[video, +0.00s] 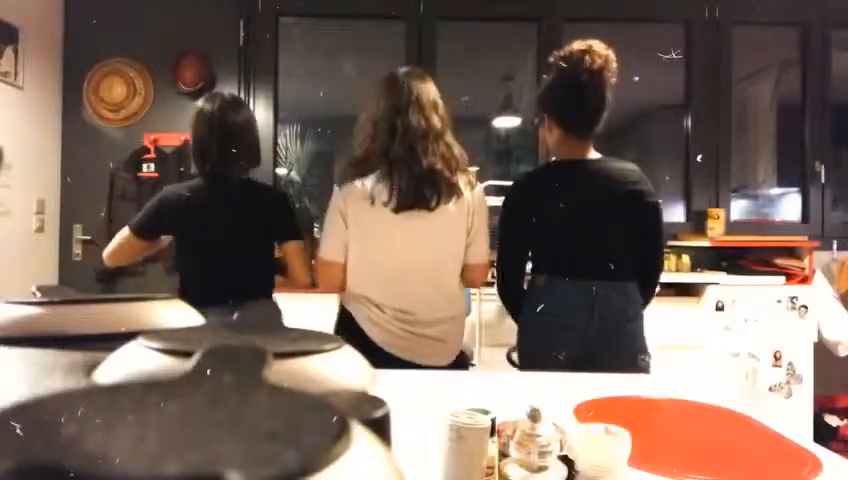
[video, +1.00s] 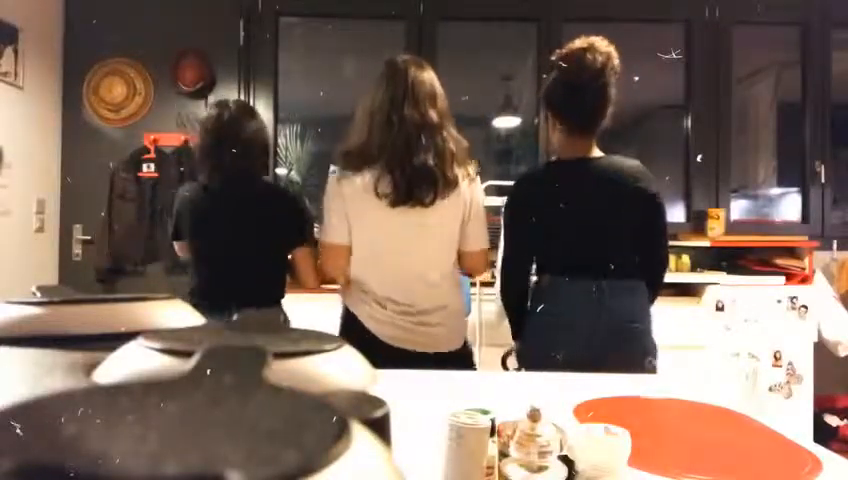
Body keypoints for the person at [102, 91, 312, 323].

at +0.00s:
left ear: (196, 144)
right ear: (250, 142)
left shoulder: (176, 200)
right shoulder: (272, 200)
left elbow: (112, 257)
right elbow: (302, 278)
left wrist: (163, 242)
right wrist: (264, 260)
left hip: (197, 331)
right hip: (262, 331)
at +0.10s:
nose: (184, 165)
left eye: (188, 155)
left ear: (196, 162)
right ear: (249, 158)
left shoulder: (183, 215)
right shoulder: (276, 211)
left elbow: (120, 276)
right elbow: (304, 287)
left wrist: (171, 259)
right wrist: (271, 270)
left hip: (205, 342)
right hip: (266, 342)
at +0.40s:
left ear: (198, 158)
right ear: (253, 153)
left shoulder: (184, 208)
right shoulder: (278, 204)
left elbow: (117, 268)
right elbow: (303, 281)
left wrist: (170, 257)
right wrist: (270, 264)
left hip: (196, 331)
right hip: (261, 332)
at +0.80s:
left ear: (198, 146)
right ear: (260, 145)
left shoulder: (182, 202)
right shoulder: (281, 202)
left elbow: (139, 270)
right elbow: (306, 279)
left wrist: (177, 246)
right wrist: (274, 260)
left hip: (202, 332)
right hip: (265, 331)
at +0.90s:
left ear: (206, 157)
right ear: (263, 154)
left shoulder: (191, 208)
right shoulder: (283, 208)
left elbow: (166, 264)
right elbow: (309, 286)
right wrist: (279, 260)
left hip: (209, 335)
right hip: (269, 335)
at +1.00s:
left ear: (204, 149)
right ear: (262, 146)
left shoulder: (190, 199)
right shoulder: (284, 200)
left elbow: (183, 250)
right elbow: (309, 280)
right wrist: (279, 257)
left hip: (207, 327)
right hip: (268, 325)